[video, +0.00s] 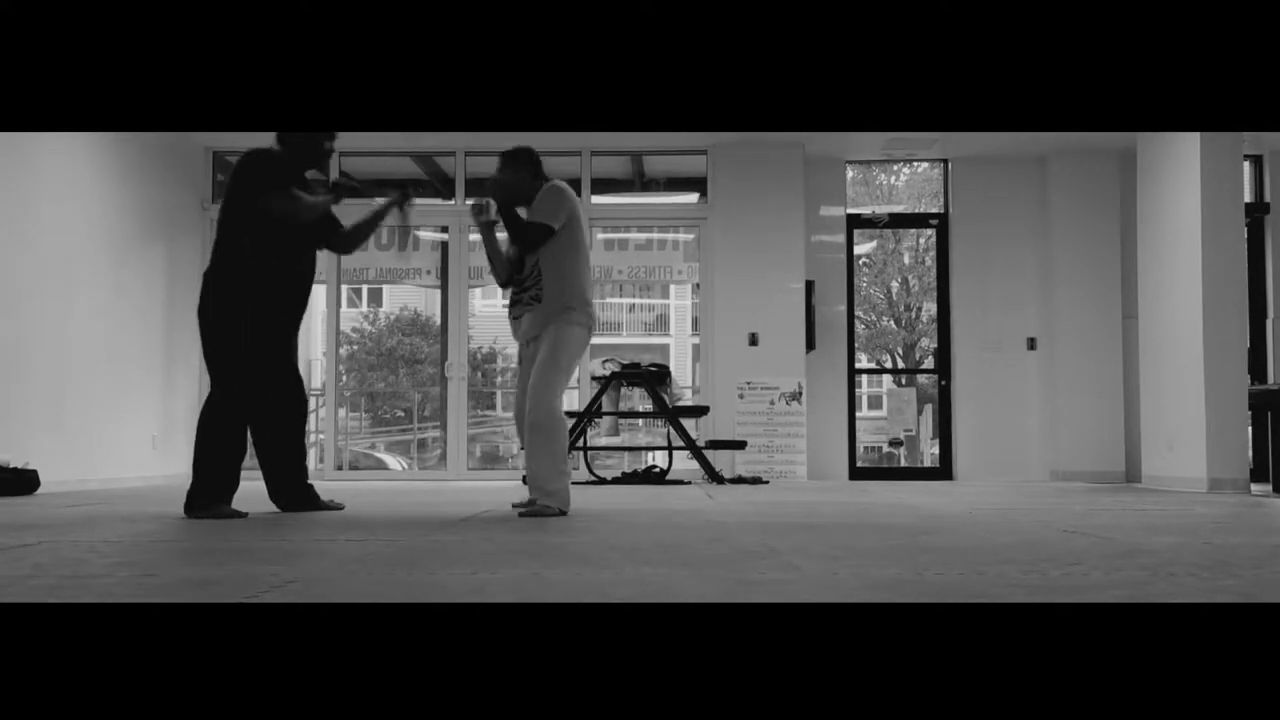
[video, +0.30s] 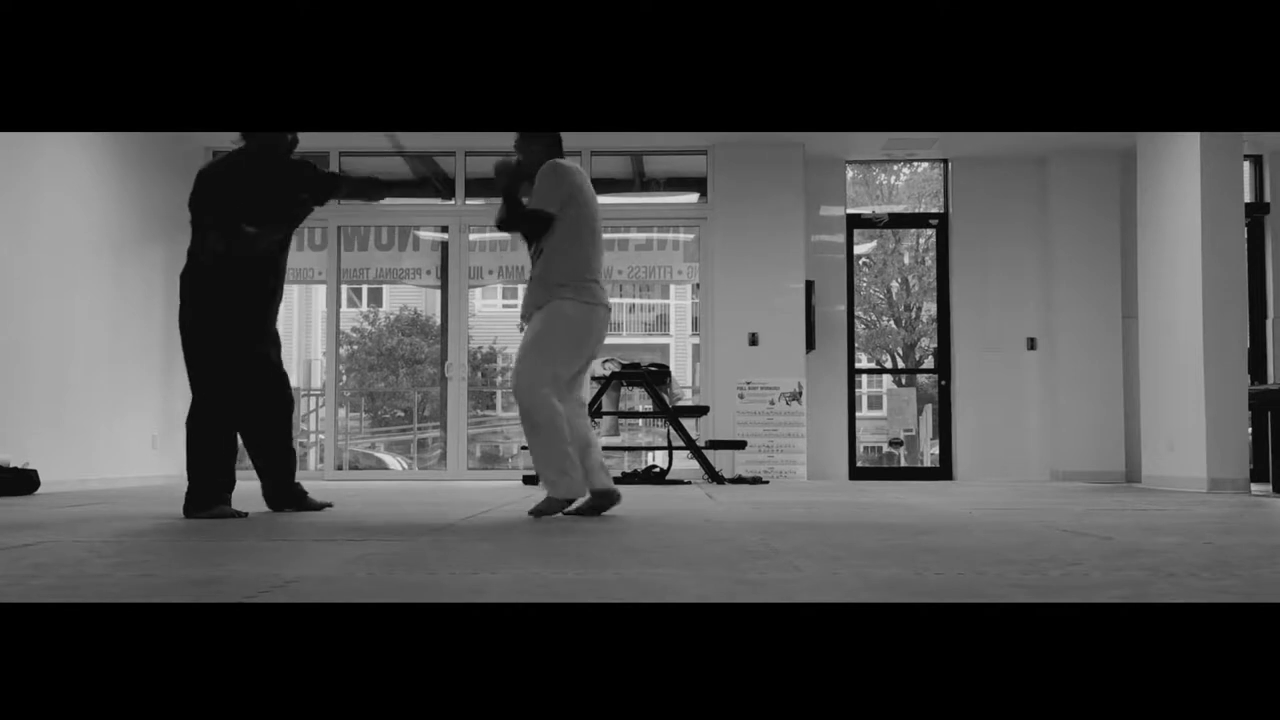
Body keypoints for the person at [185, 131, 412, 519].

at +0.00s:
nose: (329, 152)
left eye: (329, 145)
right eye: (324, 143)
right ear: (299, 140)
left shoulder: (302, 191)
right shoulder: (258, 165)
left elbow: (344, 242)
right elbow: (284, 211)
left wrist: (387, 207)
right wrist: (328, 195)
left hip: (273, 317)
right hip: (233, 310)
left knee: (286, 401)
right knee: (231, 399)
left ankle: (294, 495)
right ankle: (206, 500)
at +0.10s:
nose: (318, 143)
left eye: (317, 136)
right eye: (311, 135)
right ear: (286, 135)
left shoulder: (301, 186)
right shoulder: (240, 167)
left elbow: (348, 223)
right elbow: (266, 214)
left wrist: (373, 178)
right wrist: (316, 198)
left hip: (267, 314)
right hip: (223, 308)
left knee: (279, 400)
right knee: (223, 400)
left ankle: (292, 494)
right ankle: (206, 500)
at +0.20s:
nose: (305, 142)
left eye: (305, 136)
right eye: (300, 136)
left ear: (262, 136)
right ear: (282, 137)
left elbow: (351, 203)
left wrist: (376, 170)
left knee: (273, 401)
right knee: (219, 401)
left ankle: (292, 494)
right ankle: (205, 501)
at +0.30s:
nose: (294, 142)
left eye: (292, 137)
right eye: (292, 137)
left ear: (248, 137)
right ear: (284, 139)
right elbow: (357, 187)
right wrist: (422, 187)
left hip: (200, 311)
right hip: (247, 316)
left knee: (210, 404)